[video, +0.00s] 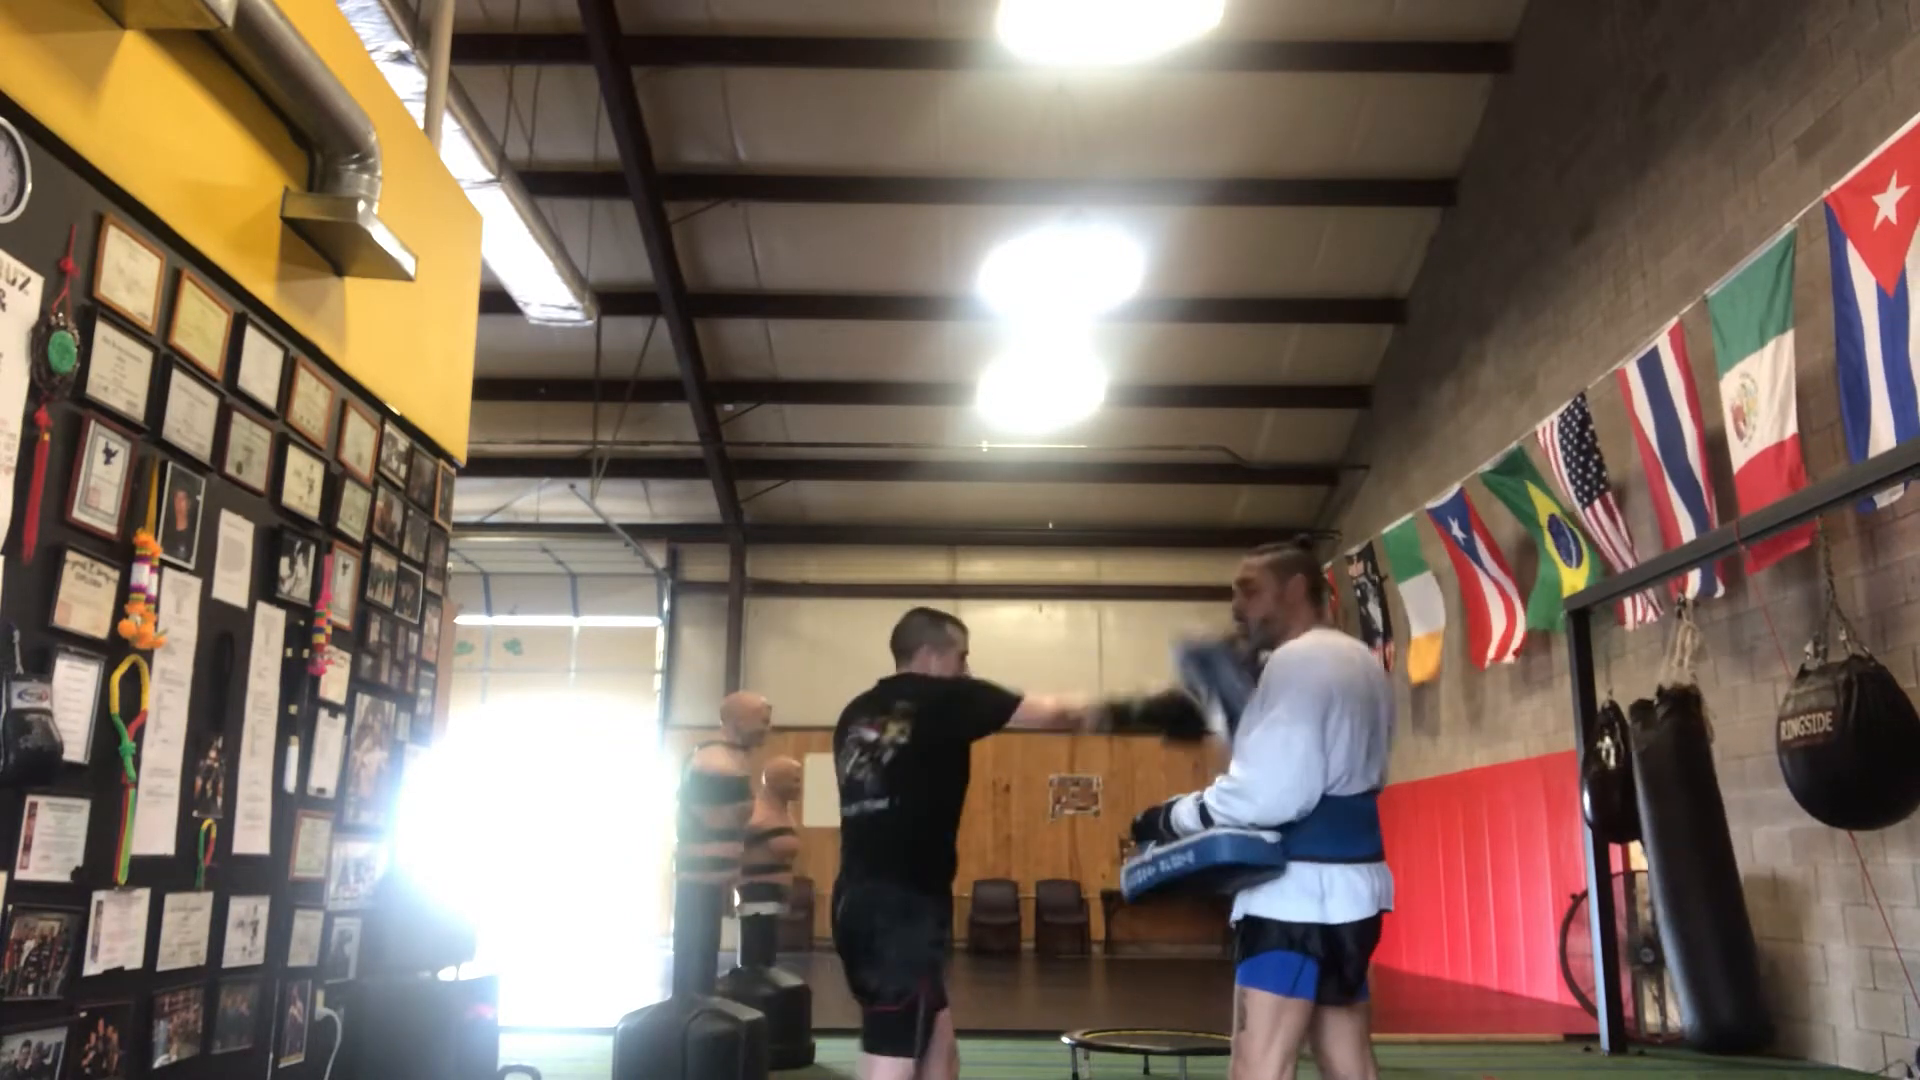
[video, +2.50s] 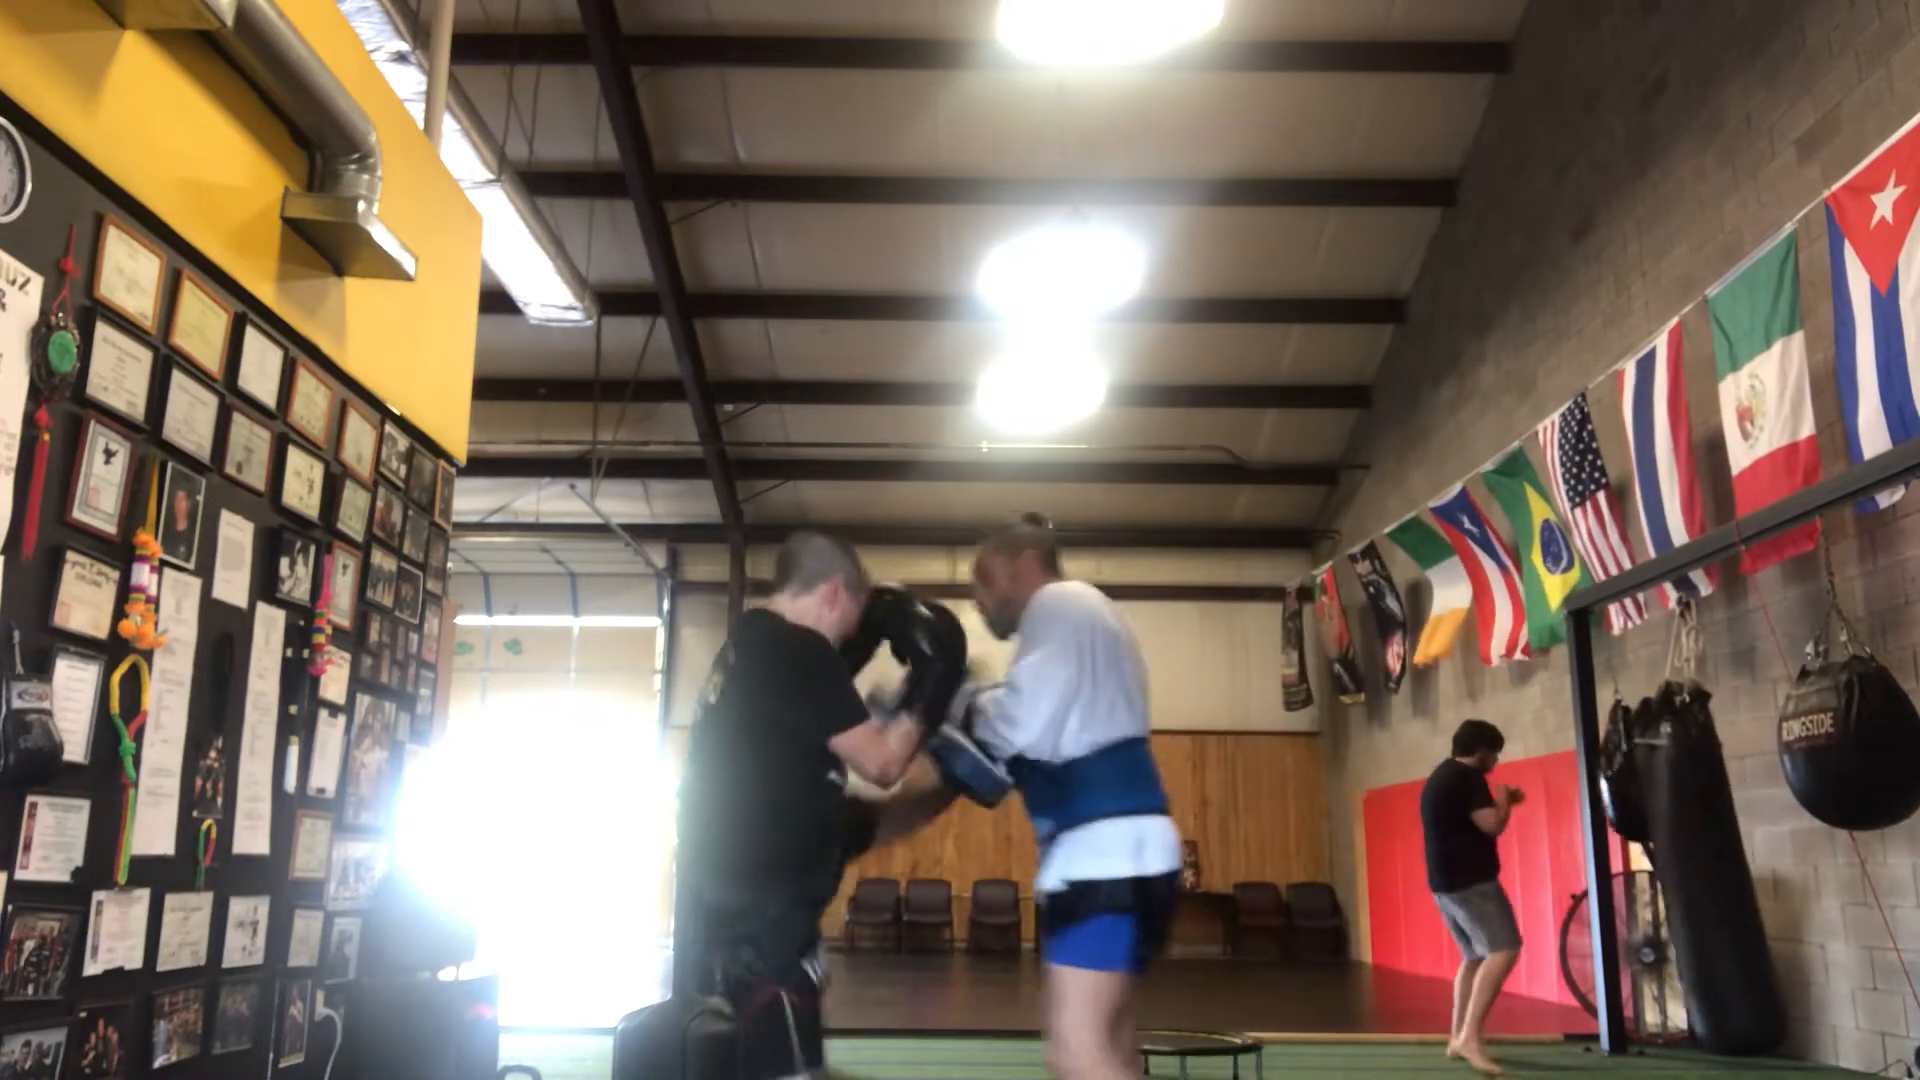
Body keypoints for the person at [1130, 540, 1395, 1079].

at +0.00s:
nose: (1235, 605)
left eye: (1248, 589)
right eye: (1235, 592)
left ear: (1297, 590)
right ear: (1299, 594)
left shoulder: (1297, 663)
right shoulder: (1363, 660)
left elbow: (1272, 788)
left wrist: (1173, 817)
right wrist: (1237, 696)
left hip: (1293, 894)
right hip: (1353, 888)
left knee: (1259, 1065)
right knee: (1348, 1062)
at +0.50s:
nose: (1285, 639)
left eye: (1284, 623)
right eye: (1280, 627)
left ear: (1314, 605)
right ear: (1348, 604)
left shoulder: (1312, 658)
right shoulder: (1443, 664)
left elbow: (1274, 785)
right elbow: (1470, 783)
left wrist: (1274, 726)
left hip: (1363, 900)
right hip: (1447, 899)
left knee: (1350, 1065)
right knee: (1412, 1064)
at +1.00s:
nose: (1352, 616)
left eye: (1360, 597)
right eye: (1350, 602)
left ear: (1402, 588)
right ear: (1412, 591)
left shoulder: (1407, 656)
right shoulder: (1496, 653)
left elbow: (1333, 763)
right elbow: (1448, 742)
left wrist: (1283, 701)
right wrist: (1361, 692)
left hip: (1440, 897)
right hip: (1513, 886)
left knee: (1428, 1067)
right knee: (1510, 1060)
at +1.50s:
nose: (1349, 643)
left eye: (1351, 624)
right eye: (1345, 629)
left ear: (1390, 607)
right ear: (1408, 610)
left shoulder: (1404, 666)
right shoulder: (1503, 664)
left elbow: (1380, 797)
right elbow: (1530, 775)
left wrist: (1318, 759)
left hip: (1460, 897)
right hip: (1542, 892)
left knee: (1379, 1054)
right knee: (1546, 1066)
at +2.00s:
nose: (1180, 625)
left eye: (1185, 605)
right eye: (1177, 609)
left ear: (1225, 588)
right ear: (1235, 590)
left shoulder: (1246, 653)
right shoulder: (1330, 647)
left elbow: (1214, 786)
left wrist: (1153, 743)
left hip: (1302, 894)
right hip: (1356, 885)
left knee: (1285, 1068)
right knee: (1296, 1058)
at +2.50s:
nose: (980, 601)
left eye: (983, 582)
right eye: (977, 587)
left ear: (1023, 564)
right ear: (1035, 567)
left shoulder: (1059, 605)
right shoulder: (1090, 610)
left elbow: (1021, 727)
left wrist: (964, 699)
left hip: (1103, 861)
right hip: (1136, 857)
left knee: (1077, 1051)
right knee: (1111, 1043)